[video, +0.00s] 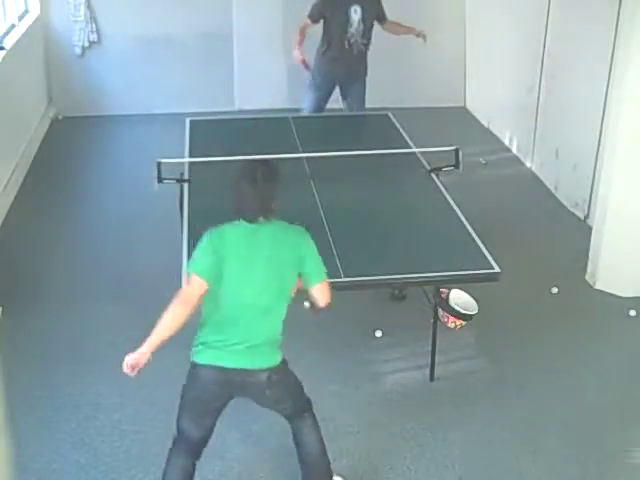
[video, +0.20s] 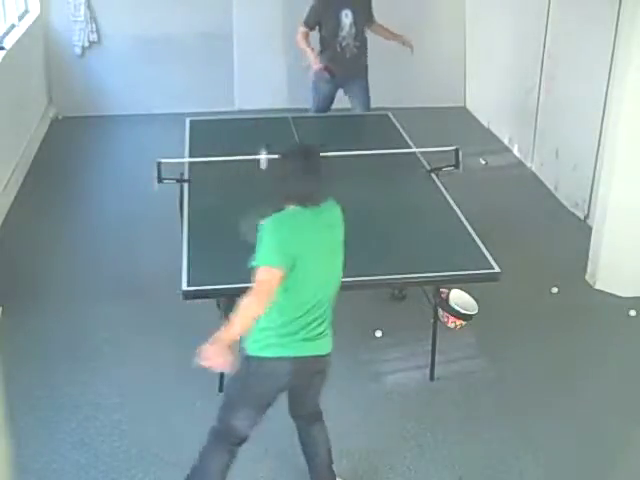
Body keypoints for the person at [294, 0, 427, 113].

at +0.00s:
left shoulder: (373, 3)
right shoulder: (327, 2)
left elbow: (386, 25)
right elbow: (304, 26)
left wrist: (414, 31)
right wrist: (298, 51)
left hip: (355, 70)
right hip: (326, 67)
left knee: (357, 120)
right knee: (309, 117)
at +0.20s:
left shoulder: (363, 3)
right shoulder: (322, 3)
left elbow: (371, 24)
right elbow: (302, 35)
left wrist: (399, 39)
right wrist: (312, 57)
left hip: (356, 70)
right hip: (327, 70)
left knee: (362, 119)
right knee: (317, 119)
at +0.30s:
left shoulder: (361, 4)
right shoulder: (319, 6)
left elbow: (368, 27)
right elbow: (303, 38)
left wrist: (390, 47)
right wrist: (311, 62)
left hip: (357, 71)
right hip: (329, 72)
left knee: (365, 116)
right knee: (316, 117)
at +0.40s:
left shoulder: (360, 6)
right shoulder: (320, 9)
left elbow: (374, 31)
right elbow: (314, 40)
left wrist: (383, 54)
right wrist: (309, 67)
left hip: (360, 72)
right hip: (334, 73)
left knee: (369, 114)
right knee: (316, 113)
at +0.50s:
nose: (323, 2)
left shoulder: (353, 11)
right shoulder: (321, 15)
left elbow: (378, 36)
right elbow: (324, 48)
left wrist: (375, 71)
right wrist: (310, 71)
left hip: (362, 77)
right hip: (338, 77)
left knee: (375, 121)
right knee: (317, 115)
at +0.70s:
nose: (304, 2)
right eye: (305, 0)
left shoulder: (336, 9)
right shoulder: (319, 15)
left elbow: (364, 36)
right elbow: (327, 46)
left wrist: (354, 70)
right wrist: (315, 66)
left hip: (360, 69)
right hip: (338, 71)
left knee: (374, 114)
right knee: (318, 112)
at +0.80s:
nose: (305, 3)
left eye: (305, 1)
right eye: (304, 2)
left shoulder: (336, 4)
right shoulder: (316, 11)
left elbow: (361, 30)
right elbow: (321, 44)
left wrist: (347, 64)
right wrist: (298, 58)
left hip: (355, 65)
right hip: (332, 68)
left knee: (372, 112)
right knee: (316, 111)